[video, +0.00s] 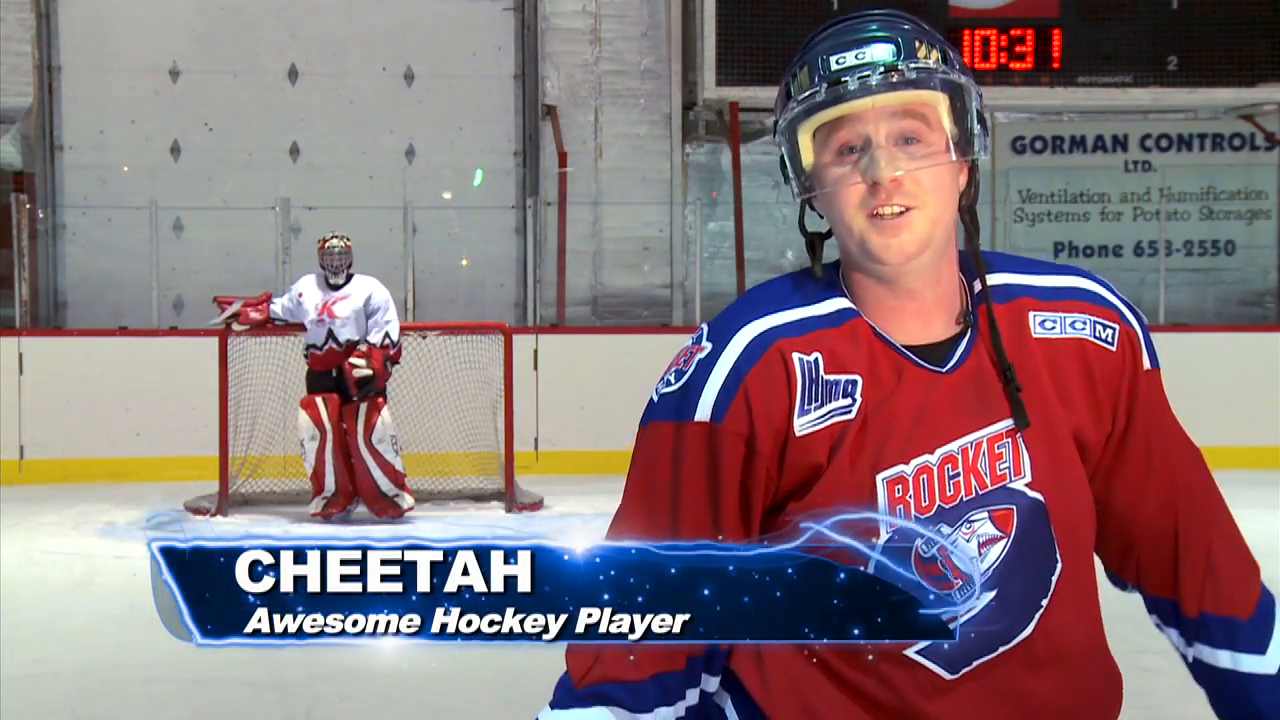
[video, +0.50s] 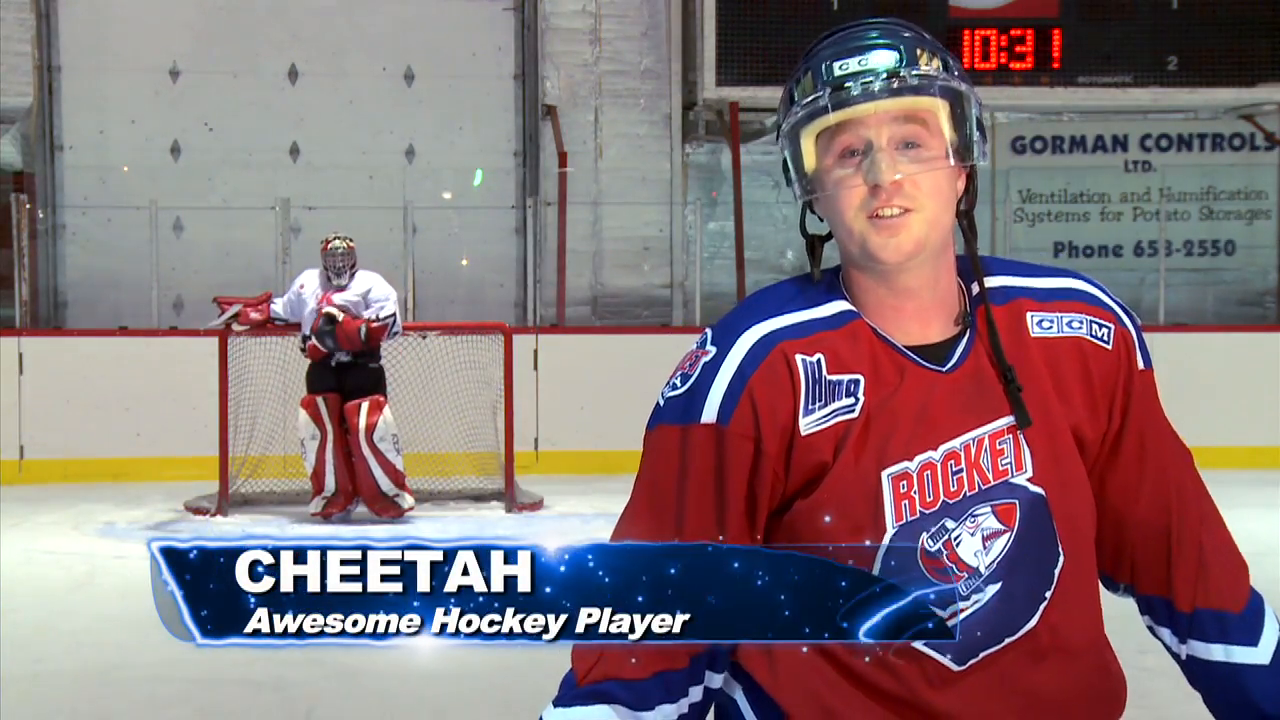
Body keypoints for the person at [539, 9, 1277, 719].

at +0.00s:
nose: (884, 174)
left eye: (911, 140)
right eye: (849, 151)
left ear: (961, 163)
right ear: (810, 186)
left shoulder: (1084, 327)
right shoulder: (740, 368)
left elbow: (1208, 578)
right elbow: (633, 652)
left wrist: (1264, 701)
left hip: (1062, 707)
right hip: (819, 713)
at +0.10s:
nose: (883, 180)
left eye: (912, 148)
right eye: (850, 157)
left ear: (963, 167)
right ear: (812, 190)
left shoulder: (1084, 333)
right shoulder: (737, 370)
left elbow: (1197, 584)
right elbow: (623, 642)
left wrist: (1256, 705)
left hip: (1055, 709)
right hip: (812, 713)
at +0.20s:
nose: (884, 180)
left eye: (911, 148)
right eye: (851, 159)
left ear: (961, 167)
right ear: (814, 195)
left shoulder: (1082, 334)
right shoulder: (737, 372)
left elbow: (1191, 589)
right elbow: (621, 642)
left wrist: (1250, 706)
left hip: (1054, 709)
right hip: (812, 712)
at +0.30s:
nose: (883, 184)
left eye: (910, 151)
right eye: (850, 162)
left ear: (960, 170)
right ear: (813, 197)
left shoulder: (1079, 332)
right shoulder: (738, 372)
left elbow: (1190, 590)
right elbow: (621, 648)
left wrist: (1258, 703)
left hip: (1056, 704)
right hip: (814, 708)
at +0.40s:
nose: (882, 184)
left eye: (908, 152)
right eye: (849, 161)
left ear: (957, 168)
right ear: (811, 192)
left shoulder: (1079, 330)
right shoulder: (745, 368)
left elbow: (1190, 578)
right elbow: (632, 630)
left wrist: (1261, 703)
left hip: (1057, 708)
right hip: (816, 712)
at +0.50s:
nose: (884, 176)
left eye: (911, 144)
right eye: (851, 153)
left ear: (959, 170)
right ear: (812, 187)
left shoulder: (1080, 327)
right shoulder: (747, 368)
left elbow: (1198, 581)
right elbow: (635, 645)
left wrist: (1268, 700)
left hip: (1068, 708)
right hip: (828, 715)